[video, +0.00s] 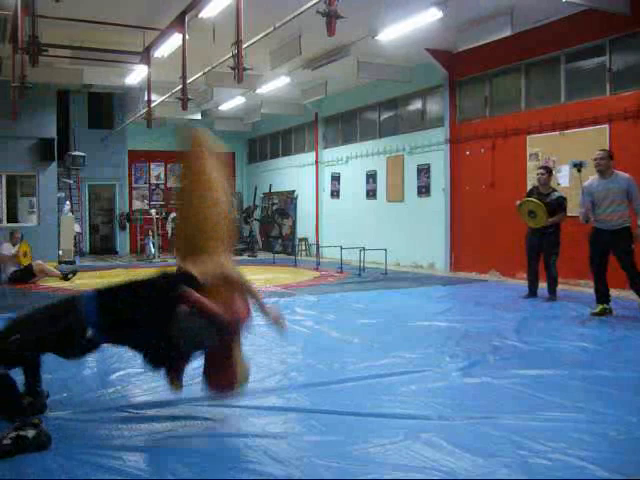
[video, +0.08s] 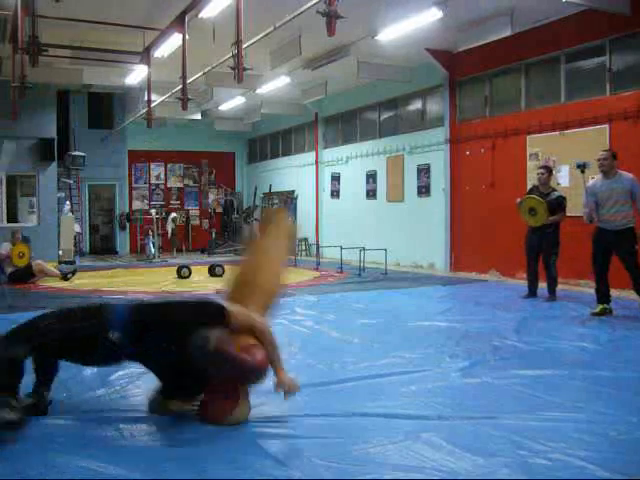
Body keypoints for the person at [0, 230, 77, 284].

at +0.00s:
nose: (18, 240)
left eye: (19, 238)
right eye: (16, 238)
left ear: (20, 239)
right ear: (11, 238)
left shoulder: (19, 247)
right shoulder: (6, 246)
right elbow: (4, 259)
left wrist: (25, 255)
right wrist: (16, 256)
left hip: (20, 272)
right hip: (11, 275)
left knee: (43, 269)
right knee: (39, 265)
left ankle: (63, 275)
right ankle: (62, 275)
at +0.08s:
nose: (19, 240)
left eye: (20, 237)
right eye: (17, 238)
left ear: (21, 237)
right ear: (12, 238)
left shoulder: (19, 247)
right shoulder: (7, 246)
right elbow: (3, 257)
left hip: (20, 273)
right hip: (12, 275)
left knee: (43, 269)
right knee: (38, 265)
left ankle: (63, 274)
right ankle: (62, 275)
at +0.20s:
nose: (19, 238)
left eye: (20, 236)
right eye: (17, 236)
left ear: (21, 237)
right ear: (12, 237)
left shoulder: (23, 247)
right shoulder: (6, 247)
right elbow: (2, 259)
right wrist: (5, 255)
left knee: (44, 268)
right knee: (38, 265)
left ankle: (63, 274)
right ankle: (62, 275)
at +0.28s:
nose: (19, 239)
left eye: (20, 237)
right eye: (17, 237)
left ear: (21, 238)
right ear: (12, 238)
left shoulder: (21, 247)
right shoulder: (7, 247)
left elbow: (24, 261)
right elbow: (2, 258)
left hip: (22, 273)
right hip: (13, 275)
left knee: (43, 268)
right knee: (38, 264)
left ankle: (63, 274)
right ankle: (62, 275)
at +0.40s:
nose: (19, 239)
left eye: (20, 237)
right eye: (17, 237)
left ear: (19, 238)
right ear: (11, 238)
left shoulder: (20, 248)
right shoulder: (6, 247)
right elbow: (2, 259)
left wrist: (26, 257)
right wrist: (13, 258)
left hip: (22, 274)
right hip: (13, 275)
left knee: (45, 270)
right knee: (38, 264)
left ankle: (63, 275)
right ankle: (62, 275)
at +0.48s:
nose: (19, 240)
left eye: (19, 238)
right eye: (17, 238)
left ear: (13, 238)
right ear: (13, 238)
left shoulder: (12, 247)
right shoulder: (8, 246)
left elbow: (11, 261)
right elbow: (8, 261)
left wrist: (22, 258)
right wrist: (21, 257)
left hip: (18, 275)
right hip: (14, 276)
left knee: (41, 267)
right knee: (38, 265)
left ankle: (63, 274)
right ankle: (62, 275)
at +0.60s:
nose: (18, 239)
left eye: (18, 238)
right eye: (17, 237)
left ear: (10, 237)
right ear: (14, 237)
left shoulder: (5, 246)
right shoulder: (12, 246)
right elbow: (18, 261)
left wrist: (25, 257)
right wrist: (28, 256)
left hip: (13, 275)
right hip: (15, 276)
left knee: (42, 269)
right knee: (38, 265)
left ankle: (63, 275)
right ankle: (62, 275)